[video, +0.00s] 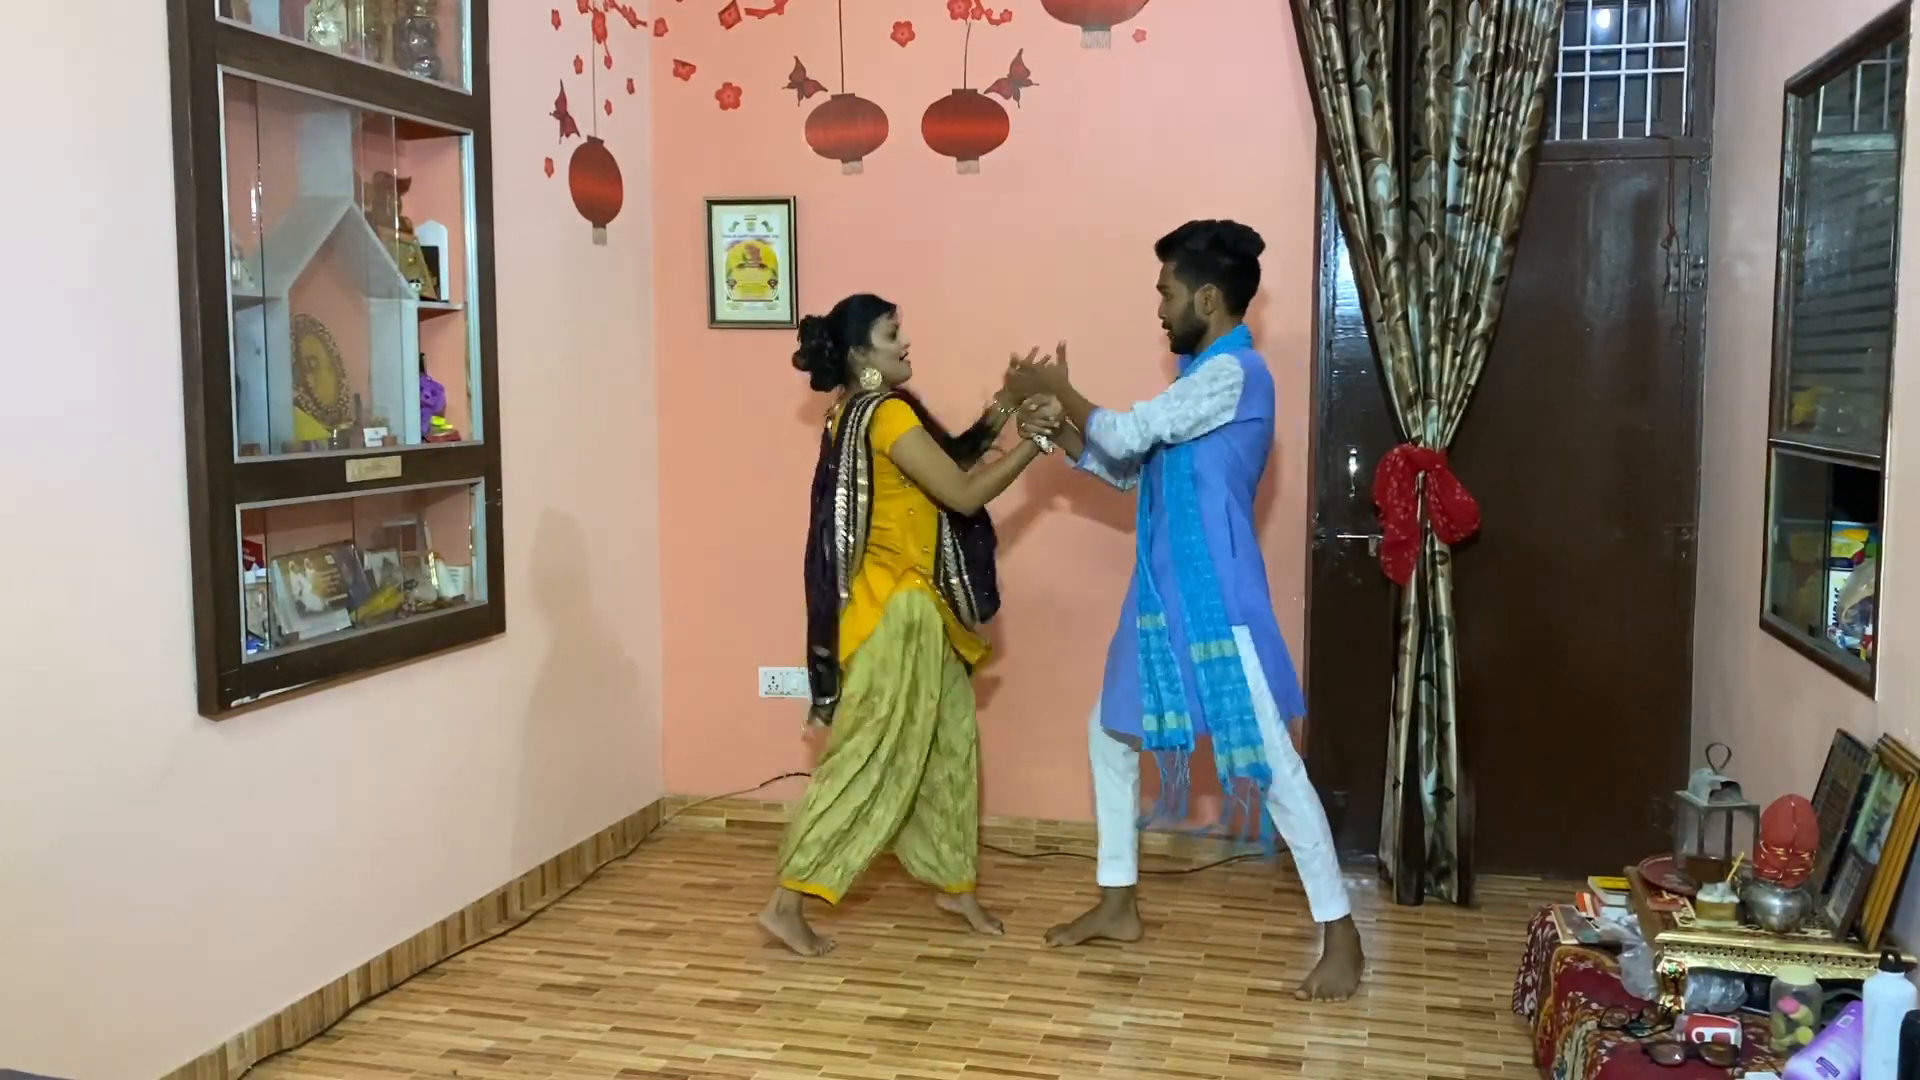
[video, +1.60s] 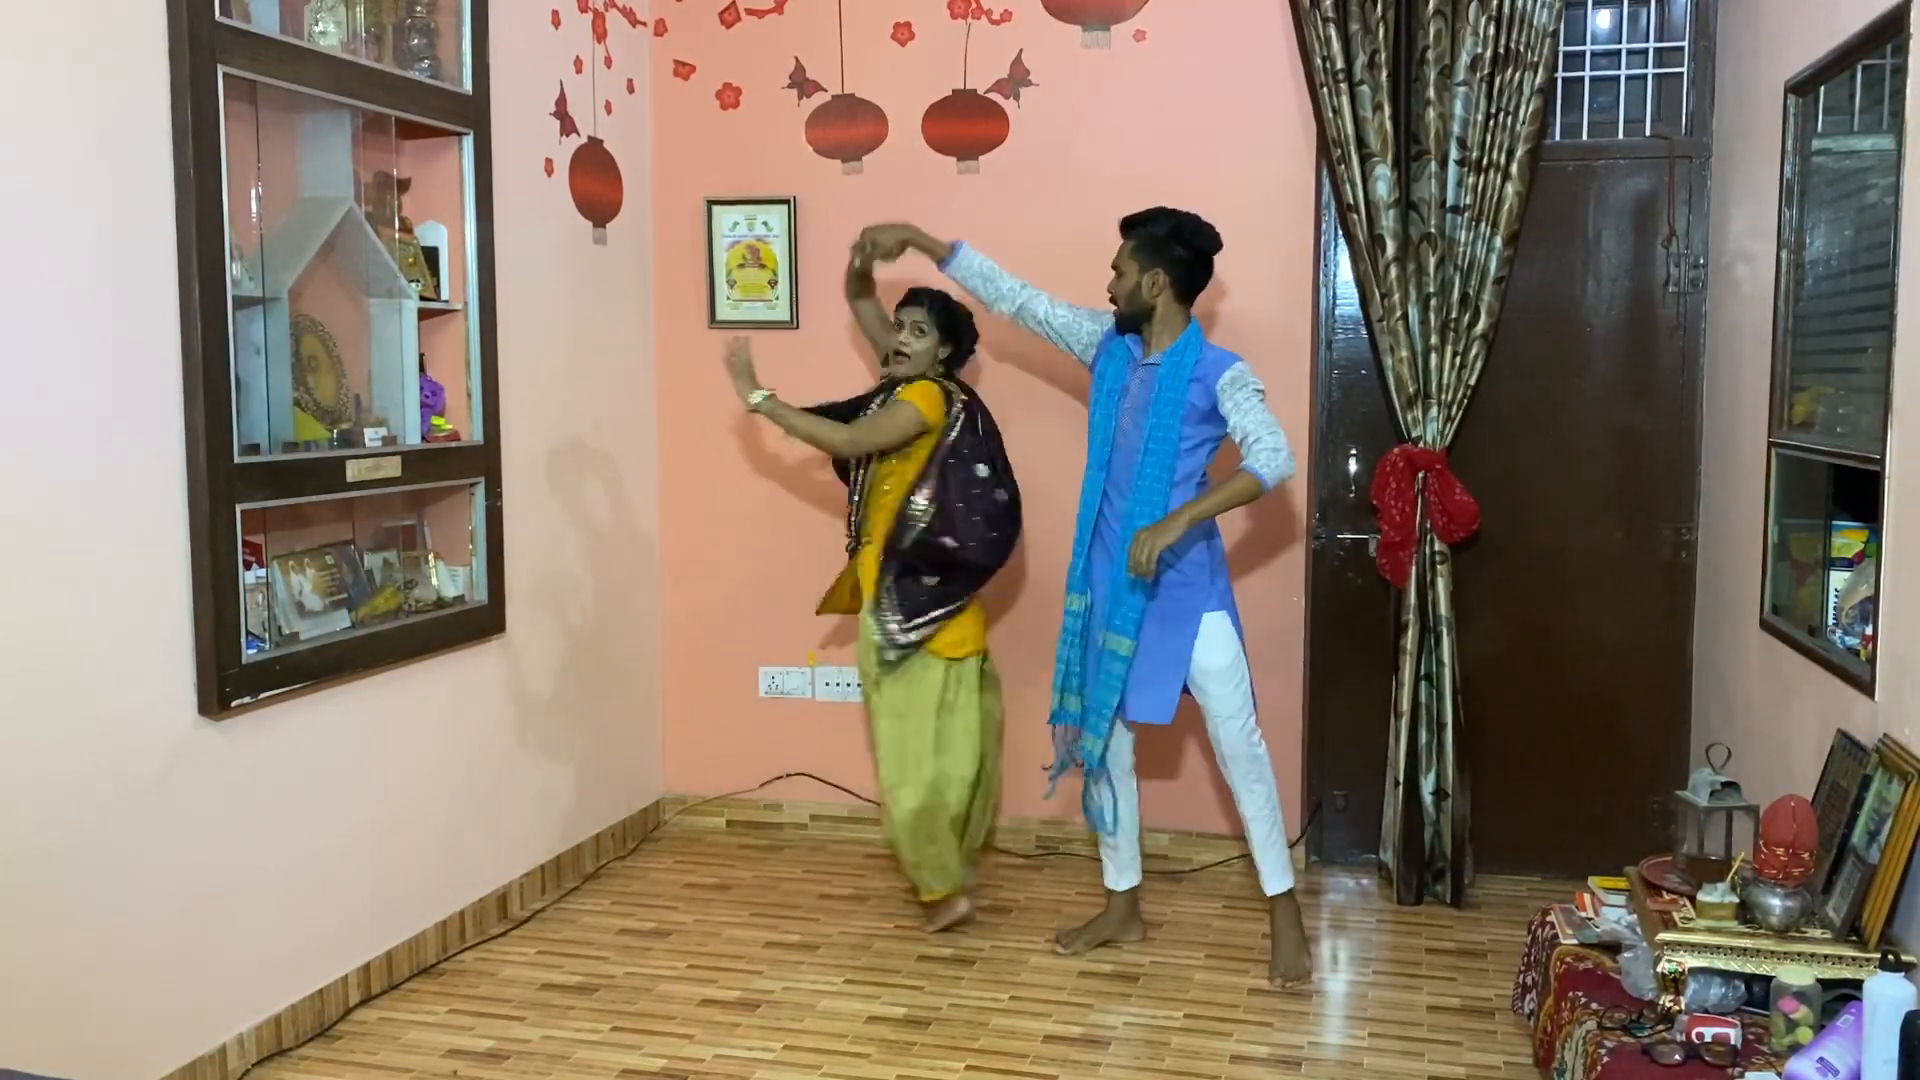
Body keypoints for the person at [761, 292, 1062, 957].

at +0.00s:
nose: (907, 346)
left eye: (902, 335)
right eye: (894, 339)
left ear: (861, 354)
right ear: (862, 354)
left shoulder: (864, 411)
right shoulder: (885, 413)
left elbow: (945, 467)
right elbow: (963, 494)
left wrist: (1003, 409)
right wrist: (1029, 442)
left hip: (908, 602)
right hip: (896, 605)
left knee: (953, 743)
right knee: (871, 750)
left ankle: (956, 884)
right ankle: (789, 900)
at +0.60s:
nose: (851, 387)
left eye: (851, 375)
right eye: (837, 378)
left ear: (845, 377)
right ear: (798, 386)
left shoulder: (859, 427)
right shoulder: (798, 452)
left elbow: (938, 430)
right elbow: (904, 477)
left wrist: (1014, 414)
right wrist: (994, 455)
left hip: (920, 612)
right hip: (865, 615)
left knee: (966, 742)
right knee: (839, 754)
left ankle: (954, 886)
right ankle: (754, 884)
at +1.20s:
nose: (924, 384)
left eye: (916, 375)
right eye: (913, 378)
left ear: (881, 406)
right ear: (892, 402)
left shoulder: (884, 465)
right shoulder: (890, 476)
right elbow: (962, 547)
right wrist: (1026, 518)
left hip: (873, 638)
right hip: (835, 637)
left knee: (921, 757)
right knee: (835, 772)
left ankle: (897, 903)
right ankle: (743, 892)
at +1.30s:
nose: (947, 394)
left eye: (935, 384)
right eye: (943, 386)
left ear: (881, 392)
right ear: (940, 398)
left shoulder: (852, 434)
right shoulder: (944, 469)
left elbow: (788, 469)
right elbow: (1008, 504)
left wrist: (819, 528)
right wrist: (1019, 443)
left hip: (829, 629)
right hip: (896, 633)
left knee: (865, 763)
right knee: (916, 771)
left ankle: (898, 906)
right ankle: (801, 858)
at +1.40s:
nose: (890, 369)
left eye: (897, 363)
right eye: (898, 360)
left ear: (905, 377)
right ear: (962, 385)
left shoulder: (864, 418)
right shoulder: (968, 443)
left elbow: (760, 444)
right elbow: (990, 386)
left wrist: (738, 463)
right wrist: (968, 318)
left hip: (862, 622)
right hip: (938, 626)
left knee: (858, 763)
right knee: (931, 765)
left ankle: (890, 897)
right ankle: (917, 898)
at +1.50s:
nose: (891, 345)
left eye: (904, 341)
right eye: (898, 336)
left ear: (932, 362)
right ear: (946, 365)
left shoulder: (889, 408)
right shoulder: (967, 416)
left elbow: (788, 442)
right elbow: (928, 329)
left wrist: (715, 414)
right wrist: (914, 250)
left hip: (897, 633)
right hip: (967, 627)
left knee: (870, 769)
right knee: (970, 759)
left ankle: (913, 902)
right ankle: (977, 882)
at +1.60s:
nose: (899, 339)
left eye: (916, 332)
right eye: (900, 329)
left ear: (946, 350)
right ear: (897, 334)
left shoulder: (923, 398)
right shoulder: (933, 391)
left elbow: (848, 440)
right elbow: (872, 320)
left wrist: (759, 397)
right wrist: (862, 264)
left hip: (911, 606)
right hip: (946, 603)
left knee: (913, 752)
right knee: (955, 745)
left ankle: (944, 888)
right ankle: (953, 872)